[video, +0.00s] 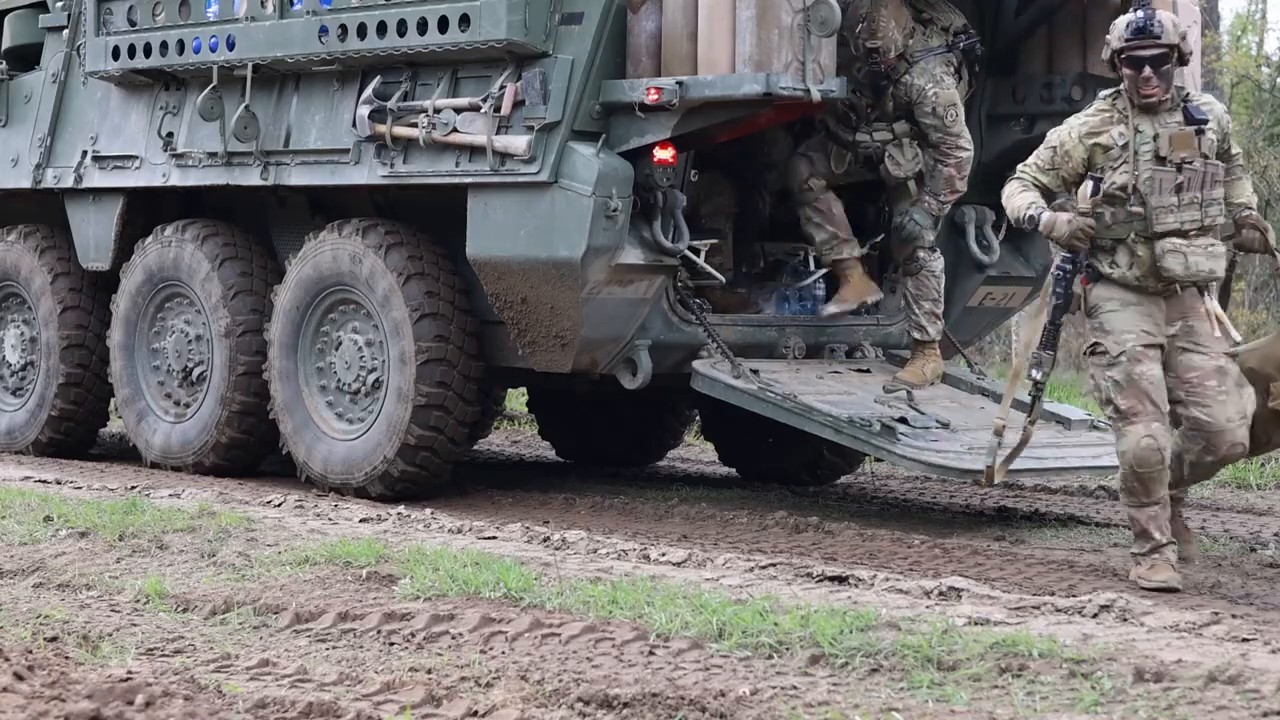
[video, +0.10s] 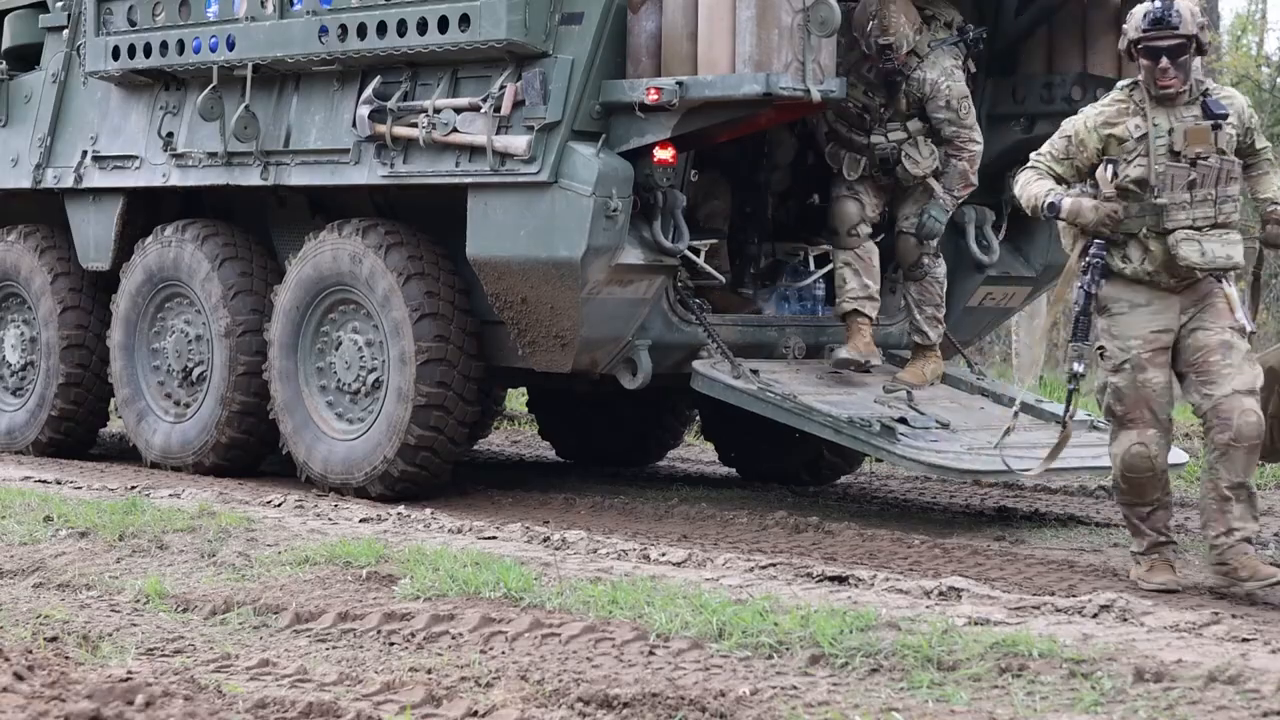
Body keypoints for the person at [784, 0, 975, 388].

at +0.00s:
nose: (878, 60)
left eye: (885, 52)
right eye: (869, 52)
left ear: (903, 42)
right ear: (855, 41)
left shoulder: (928, 79)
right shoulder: (845, 49)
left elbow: (956, 151)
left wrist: (929, 211)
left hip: (913, 148)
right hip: (860, 141)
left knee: (913, 235)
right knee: (804, 171)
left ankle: (926, 353)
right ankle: (854, 278)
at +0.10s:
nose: (891, 57)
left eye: (898, 48)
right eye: (881, 49)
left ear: (912, 40)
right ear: (863, 41)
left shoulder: (937, 75)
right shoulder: (844, 52)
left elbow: (967, 144)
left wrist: (943, 204)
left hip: (921, 168)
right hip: (859, 165)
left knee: (914, 244)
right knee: (847, 220)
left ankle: (926, 355)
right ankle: (859, 336)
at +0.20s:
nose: (899, 56)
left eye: (906, 47)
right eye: (889, 48)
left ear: (919, 34)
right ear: (870, 38)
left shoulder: (946, 65)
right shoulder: (849, 57)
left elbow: (980, 133)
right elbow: (816, 115)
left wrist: (962, 191)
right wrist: (852, 160)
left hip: (930, 173)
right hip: (872, 170)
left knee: (921, 256)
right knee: (881, 246)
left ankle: (926, 356)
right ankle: (878, 359)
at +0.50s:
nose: (953, 61)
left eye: (959, 50)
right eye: (942, 52)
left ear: (969, 37)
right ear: (917, 37)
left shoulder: (983, 65)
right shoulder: (874, 38)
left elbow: (1015, 131)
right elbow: (821, 69)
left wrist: (1015, 194)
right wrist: (843, 132)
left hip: (957, 169)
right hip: (887, 164)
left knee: (971, 247)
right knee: (897, 247)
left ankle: (969, 367)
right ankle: (885, 368)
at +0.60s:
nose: (961, 58)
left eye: (972, 49)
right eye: (953, 47)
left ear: (985, 38)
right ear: (933, 30)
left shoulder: (1000, 67)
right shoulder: (893, 36)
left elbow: (1025, 130)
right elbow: (840, 84)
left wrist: (1016, 194)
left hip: (965, 176)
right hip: (897, 168)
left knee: (973, 268)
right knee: (903, 255)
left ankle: (987, 385)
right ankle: (886, 371)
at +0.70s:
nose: (985, 58)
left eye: (994, 49)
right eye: (978, 47)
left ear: (1006, 39)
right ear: (956, 30)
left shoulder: (1017, 70)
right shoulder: (910, 36)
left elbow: (1040, 141)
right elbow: (857, 83)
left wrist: (1036, 208)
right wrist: (821, 131)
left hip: (979, 179)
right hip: (910, 169)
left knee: (987, 272)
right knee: (920, 259)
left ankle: (992, 392)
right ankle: (892, 370)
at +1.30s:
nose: (1025, 28)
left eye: (1032, 20)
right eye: (1016, 18)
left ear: (1041, 19)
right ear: (991, 13)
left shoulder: (1062, 57)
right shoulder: (946, 57)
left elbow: (1115, 108)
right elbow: (898, 134)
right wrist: (865, 204)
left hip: (1036, 201)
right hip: (967, 200)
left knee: (1074, 294)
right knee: (996, 295)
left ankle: (1036, 400)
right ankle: (975, 419)